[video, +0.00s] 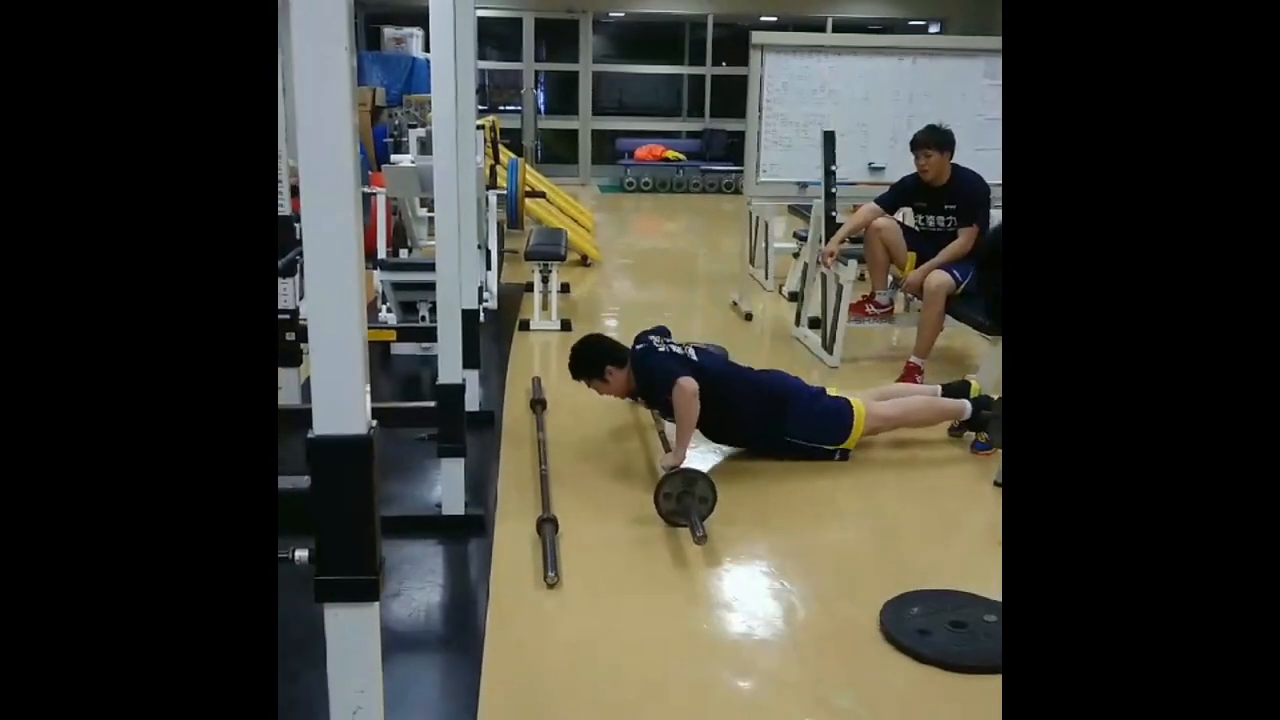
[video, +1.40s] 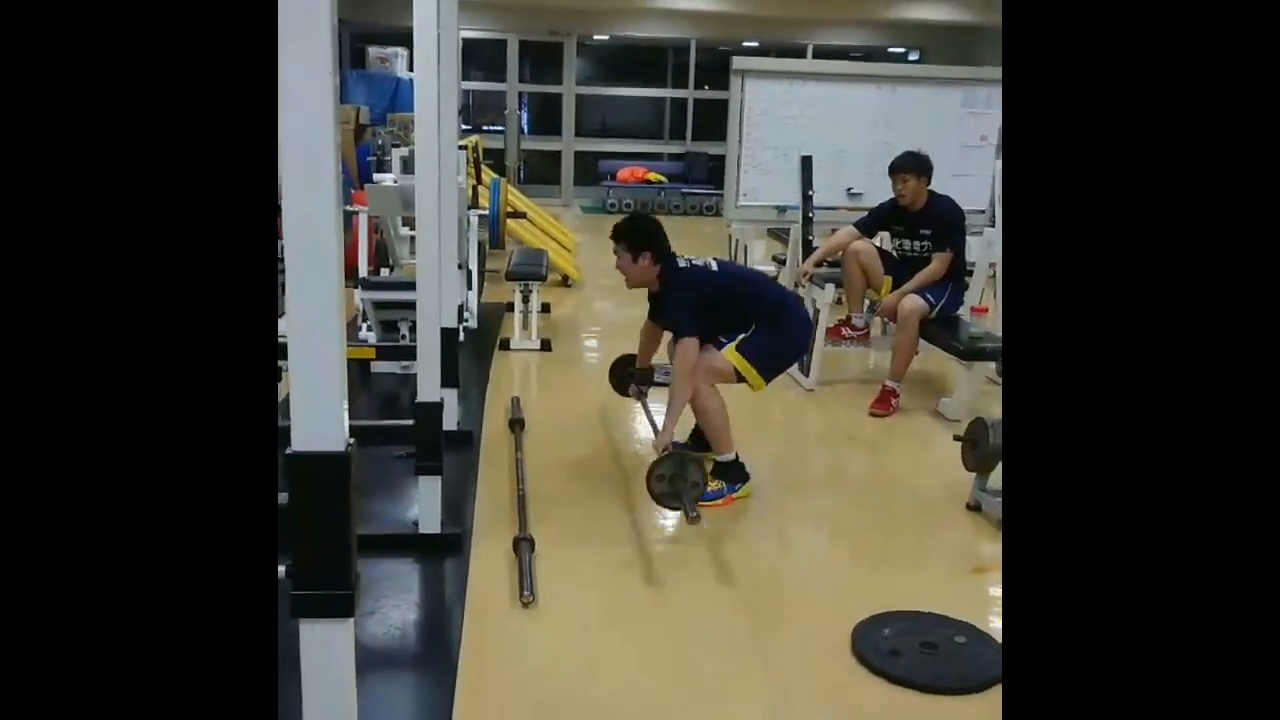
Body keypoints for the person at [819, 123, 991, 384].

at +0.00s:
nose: (920, 163)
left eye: (927, 157)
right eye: (917, 157)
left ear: (947, 156)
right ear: (913, 157)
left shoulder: (971, 186)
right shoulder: (911, 184)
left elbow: (965, 242)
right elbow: (870, 211)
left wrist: (922, 271)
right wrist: (836, 240)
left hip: (961, 257)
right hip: (924, 249)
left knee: (935, 283)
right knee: (877, 227)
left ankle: (915, 365)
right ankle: (880, 301)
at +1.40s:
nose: (898, 187)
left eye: (905, 181)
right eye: (895, 181)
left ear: (924, 181)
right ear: (891, 182)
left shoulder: (947, 211)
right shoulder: (890, 210)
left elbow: (939, 268)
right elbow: (848, 236)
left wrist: (897, 296)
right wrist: (811, 261)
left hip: (943, 283)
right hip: (904, 276)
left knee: (908, 307)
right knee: (856, 250)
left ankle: (890, 389)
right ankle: (857, 326)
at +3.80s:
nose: (892, 206)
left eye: (899, 200)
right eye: (889, 200)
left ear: (918, 201)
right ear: (885, 200)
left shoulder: (940, 232)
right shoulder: (882, 228)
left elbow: (930, 288)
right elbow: (841, 253)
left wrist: (887, 314)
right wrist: (805, 278)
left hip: (933, 304)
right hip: (892, 295)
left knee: (899, 326)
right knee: (846, 268)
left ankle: (881, 408)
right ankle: (847, 343)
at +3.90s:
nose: (892, 207)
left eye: (899, 200)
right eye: (888, 200)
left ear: (918, 201)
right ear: (884, 201)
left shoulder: (939, 232)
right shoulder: (881, 228)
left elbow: (929, 288)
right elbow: (841, 254)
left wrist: (887, 315)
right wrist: (804, 279)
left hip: (933, 306)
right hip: (893, 296)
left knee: (898, 326)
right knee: (846, 268)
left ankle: (880, 408)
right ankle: (846, 344)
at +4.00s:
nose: (892, 207)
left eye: (899, 200)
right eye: (888, 200)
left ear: (918, 202)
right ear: (884, 201)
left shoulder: (938, 232)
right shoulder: (881, 228)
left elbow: (929, 288)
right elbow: (840, 254)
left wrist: (886, 315)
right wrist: (803, 279)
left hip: (933, 305)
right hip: (894, 295)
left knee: (898, 326)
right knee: (845, 268)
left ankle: (879, 408)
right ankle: (846, 344)